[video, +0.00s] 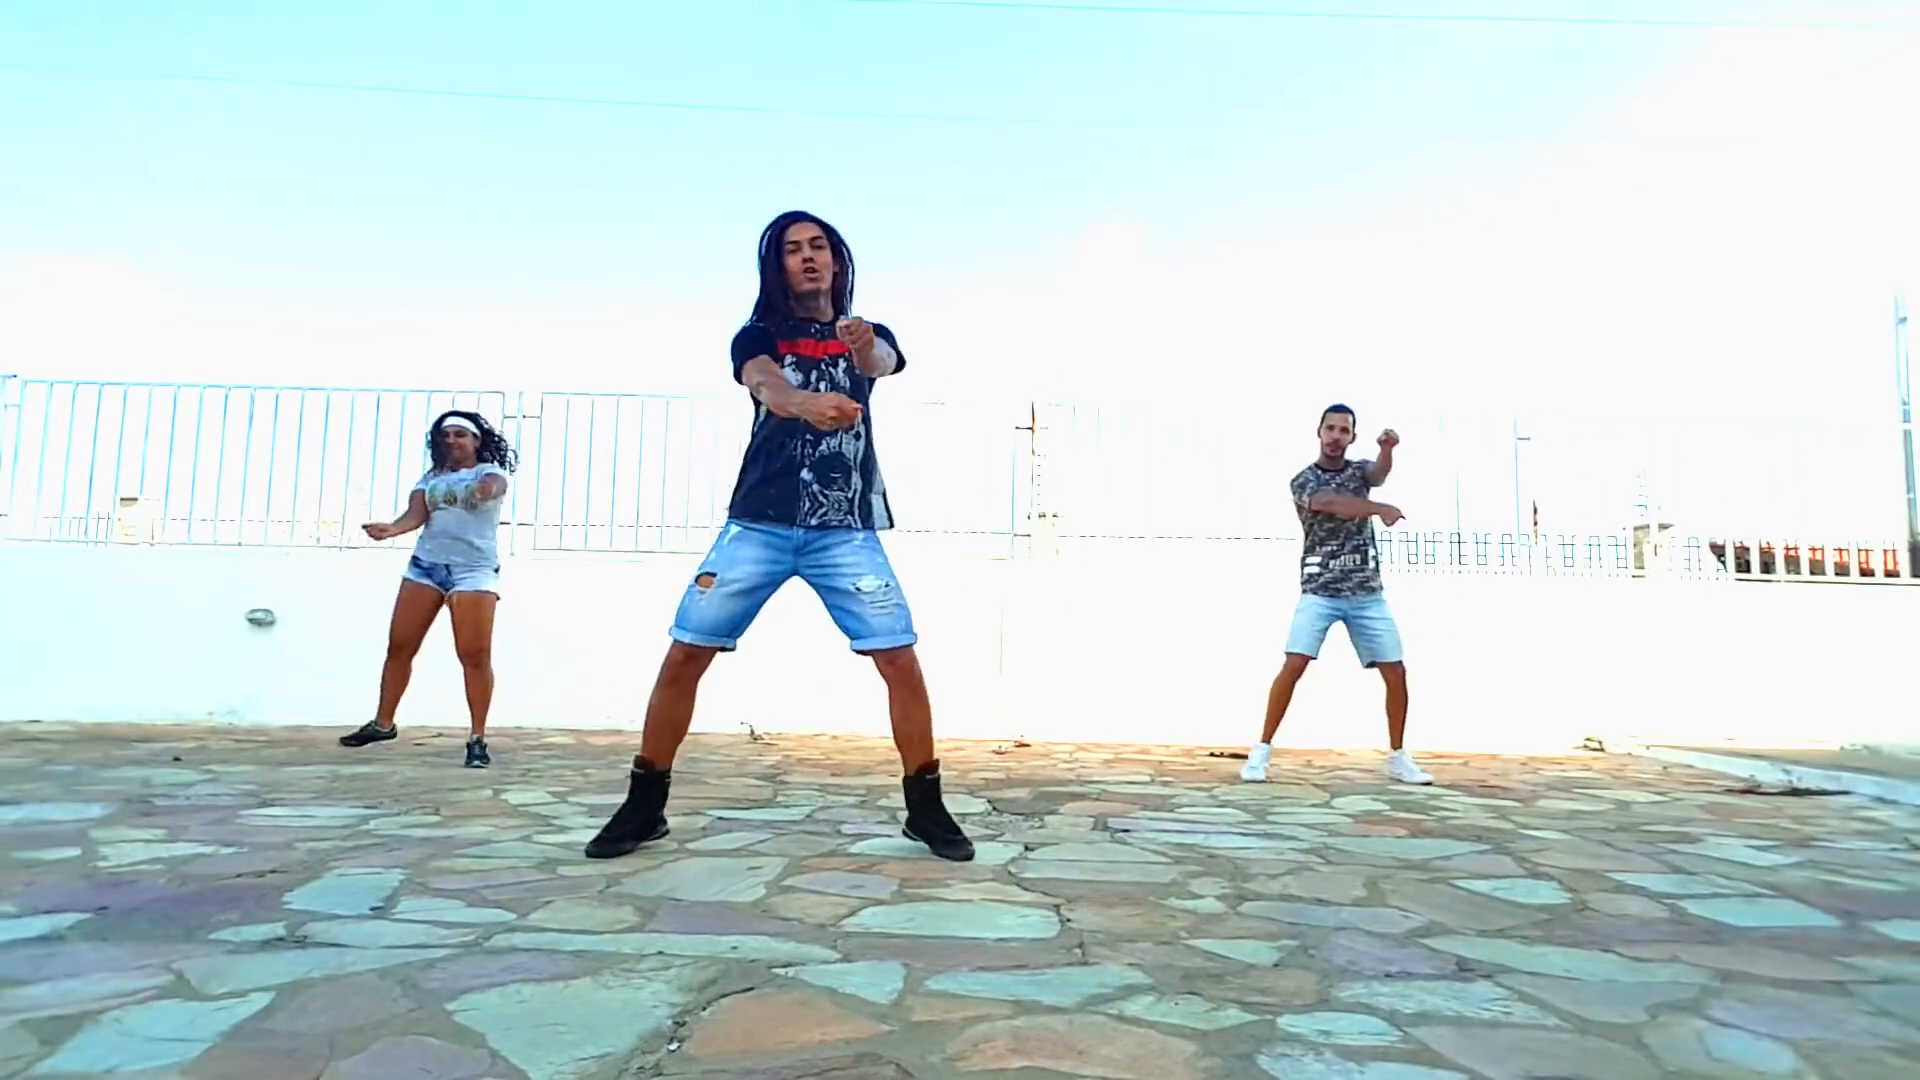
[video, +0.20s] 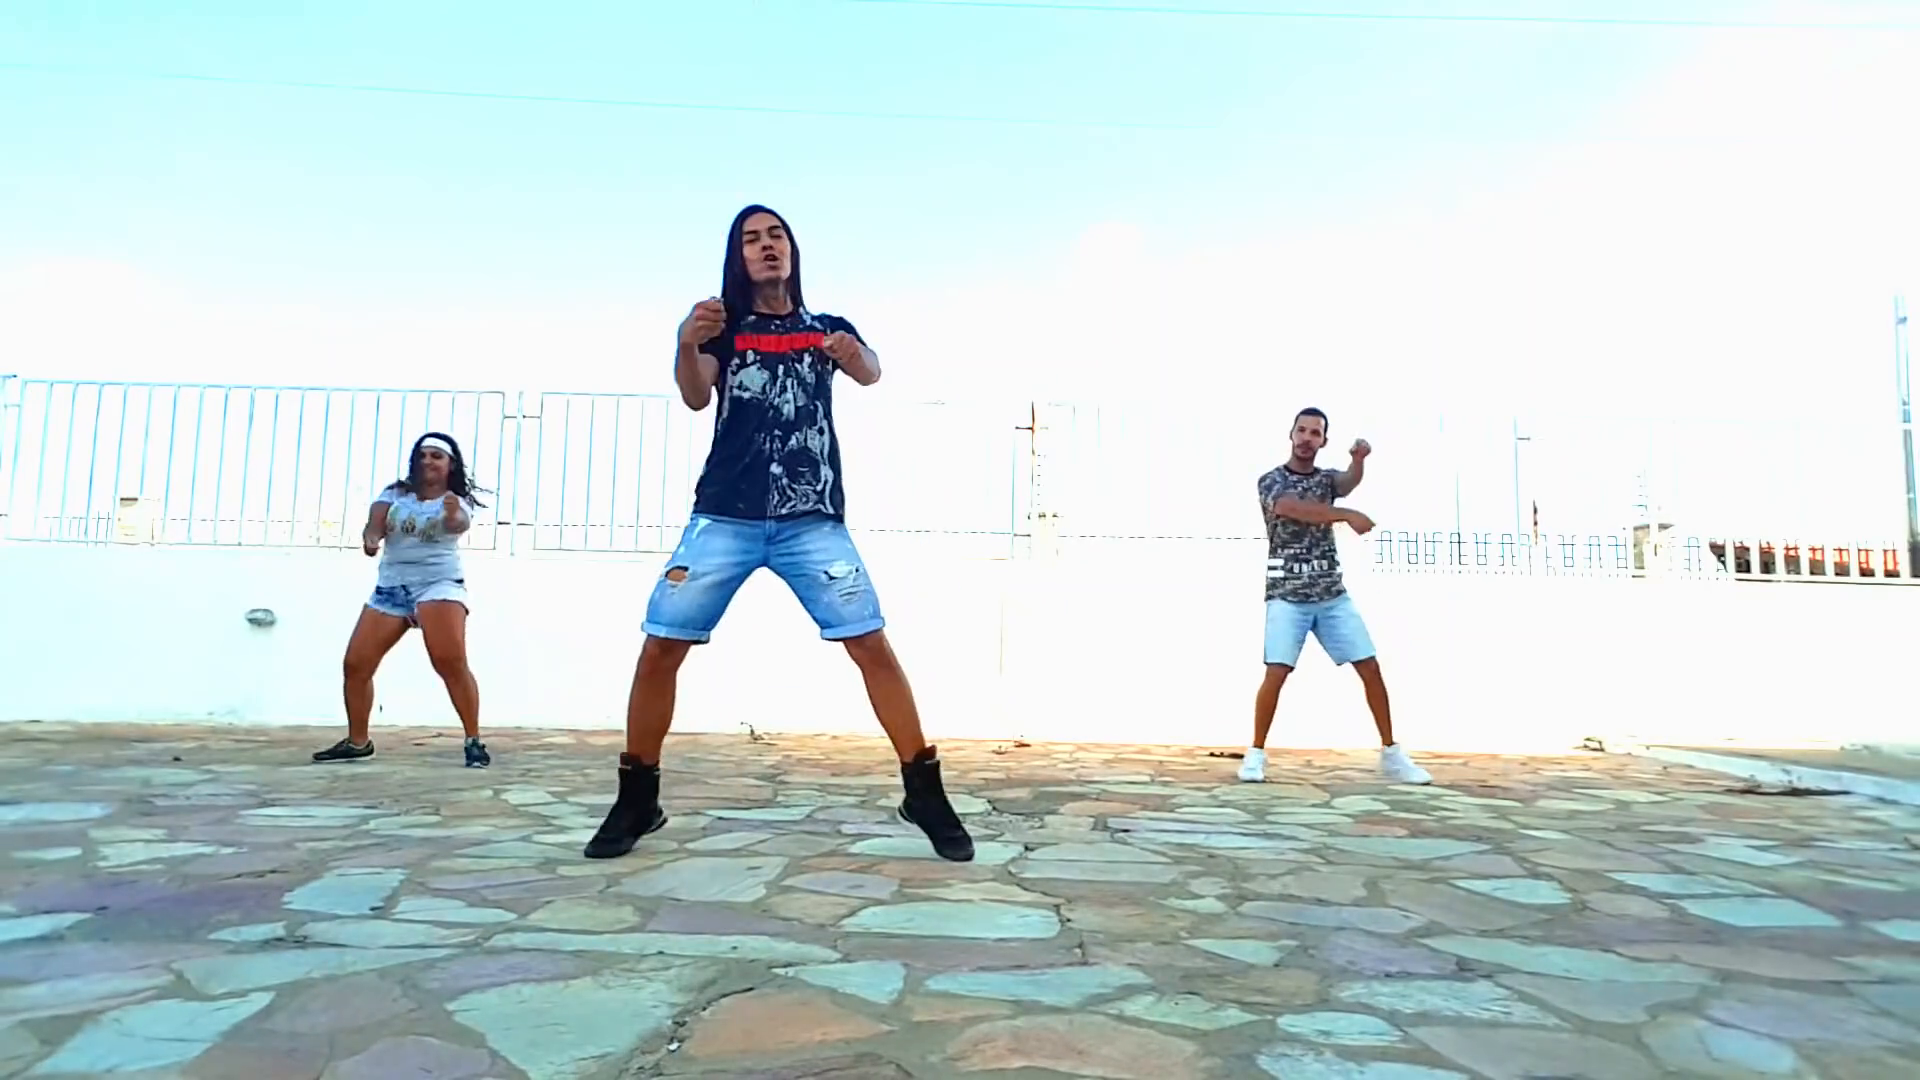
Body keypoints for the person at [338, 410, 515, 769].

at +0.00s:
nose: (453, 439)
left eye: (461, 434)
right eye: (446, 434)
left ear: (477, 441)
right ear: (439, 443)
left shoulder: (491, 472)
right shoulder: (428, 481)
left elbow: (493, 485)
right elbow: (414, 516)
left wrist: (483, 490)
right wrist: (389, 530)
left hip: (474, 570)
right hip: (425, 567)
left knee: (475, 656)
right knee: (399, 648)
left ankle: (477, 738)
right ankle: (383, 724)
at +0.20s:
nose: (429, 461)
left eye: (438, 456)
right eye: (423, 456)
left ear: (452, 466)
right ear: (414, 464)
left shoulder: (457, 500)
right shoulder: (393, 494)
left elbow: (456, 525)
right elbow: (375, 523)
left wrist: (453, 516)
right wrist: (372, 539)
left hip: (439, 584)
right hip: (391, 586)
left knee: (449, 659)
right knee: (356, 663)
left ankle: (473, 740)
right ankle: (358, 742)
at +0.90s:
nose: (359, 431)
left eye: (368, 428)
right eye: (353, 425)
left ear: (381, 440)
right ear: (342, 435)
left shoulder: (389, 473)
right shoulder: (320, 468)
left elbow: (390, 502)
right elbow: (299, 506)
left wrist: (378, 497)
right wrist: (294, 519)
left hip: (370, 564)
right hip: (320, 563)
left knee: (385, 643)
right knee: (296, 647)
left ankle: (398, 721)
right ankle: (287, 725)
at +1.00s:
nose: (356, 447)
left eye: (365, 445)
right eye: (349, 442)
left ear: (376, 460)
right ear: (337, 453)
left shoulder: (382, 496)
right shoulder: (314, 491)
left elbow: (391, 540)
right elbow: (299, 537)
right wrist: (300, 566)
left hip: (365, 584)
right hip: (315, 583)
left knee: (386, 659)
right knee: (290, 666)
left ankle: (400, 734)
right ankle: (290, 739)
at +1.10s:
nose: (356, 457)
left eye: (366, 455)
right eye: (350, 453)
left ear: (378, 471)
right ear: (341, 466)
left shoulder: (387, 511)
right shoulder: (324, 505)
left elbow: (398, 562)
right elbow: (301, 546)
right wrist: (281, 568)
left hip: (365, 600)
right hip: (314, 596)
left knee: (386, 674)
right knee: (282, 669)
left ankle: (397, 738)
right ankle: (288, 739)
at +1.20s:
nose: (371, 435)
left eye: (381, 433)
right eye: (366, 431)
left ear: (395, 449)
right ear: (357, 442)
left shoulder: (399, 483)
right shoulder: (337, 476)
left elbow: (423, 528)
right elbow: (295, 494)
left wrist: (422, 575)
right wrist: (270, 494)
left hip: (378, 574)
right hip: (328, 571)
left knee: (392, 654)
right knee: (304, 652)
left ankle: (401, 731)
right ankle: (286, 725)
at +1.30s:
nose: (380, 422)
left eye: (390, 420)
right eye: (376, 418)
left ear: (404, 435)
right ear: (367, 428)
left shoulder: (412, 469)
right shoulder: (346, 453)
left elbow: (434, 516)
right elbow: (294, 442)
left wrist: (445, 559)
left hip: (392, 558)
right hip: (344, 557)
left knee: (401, 636)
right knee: (313, 634)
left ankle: (421, 715)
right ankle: (304, 713)